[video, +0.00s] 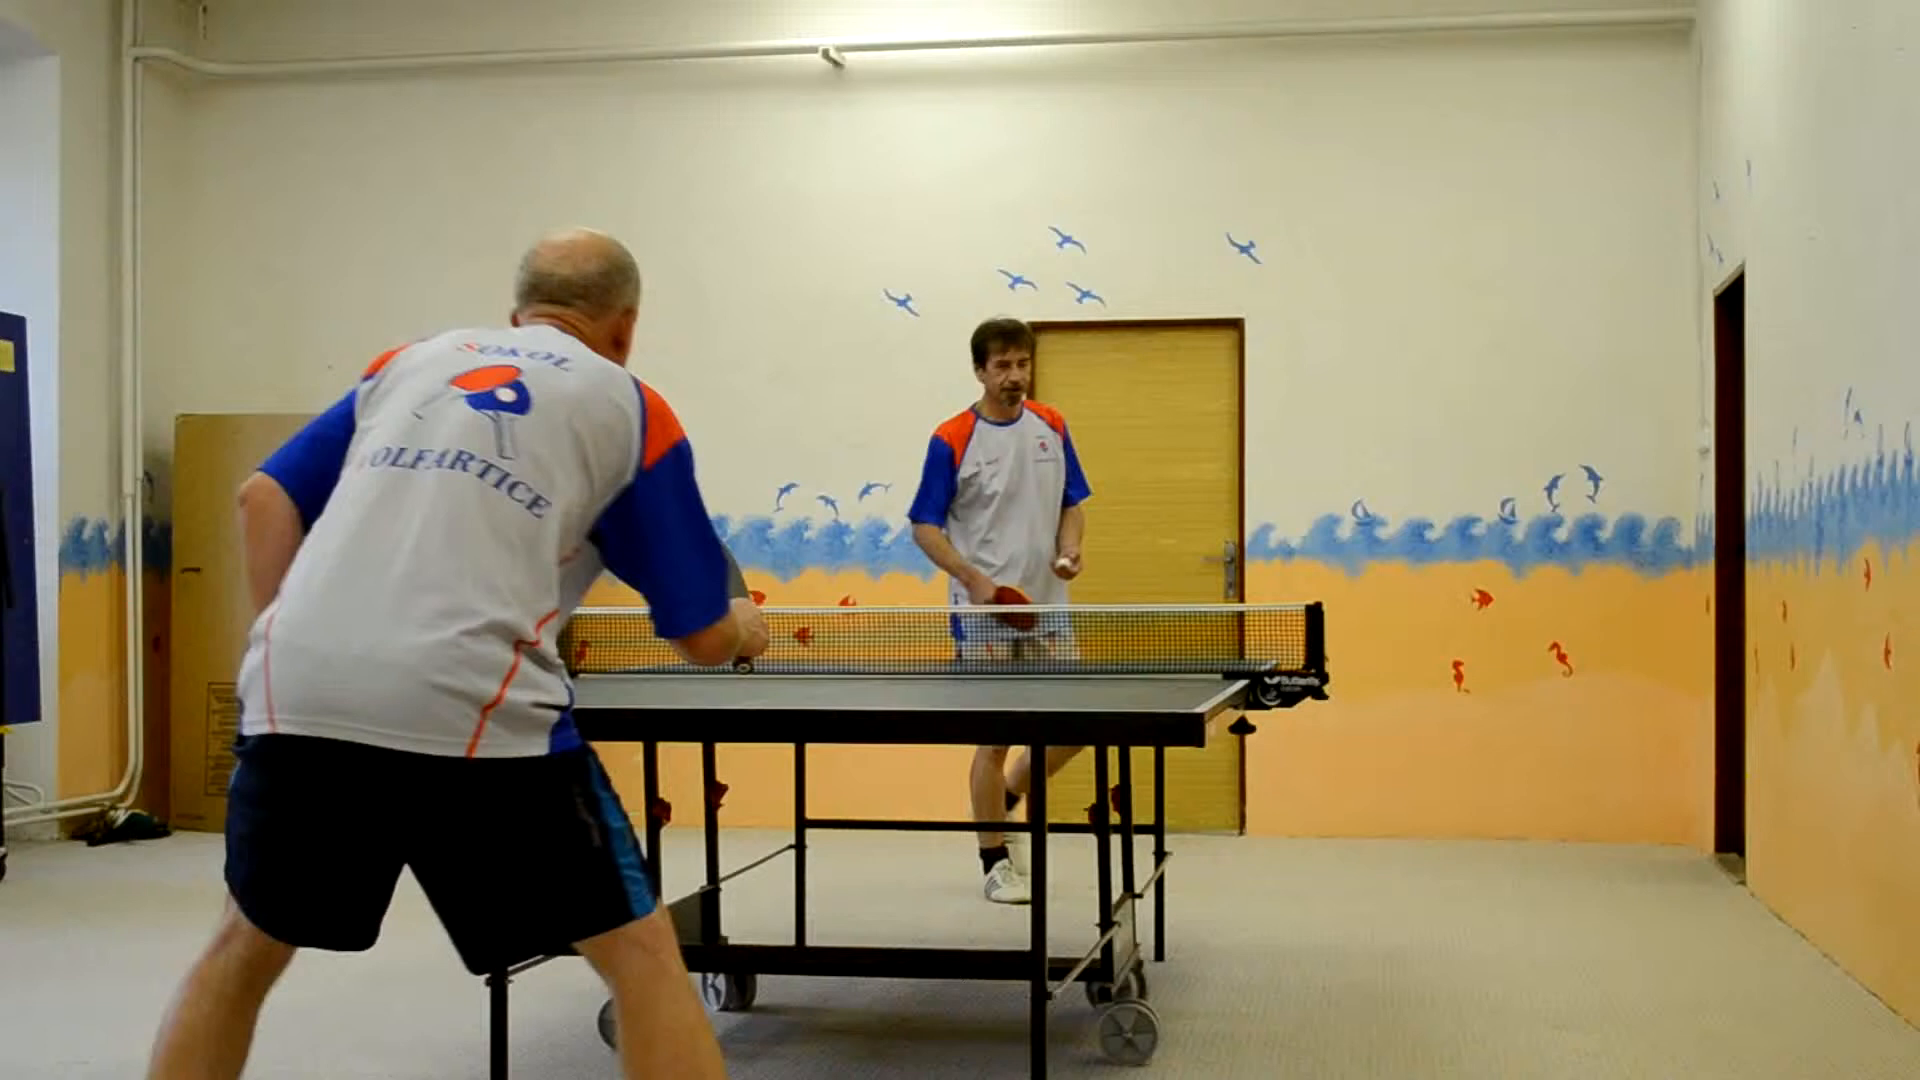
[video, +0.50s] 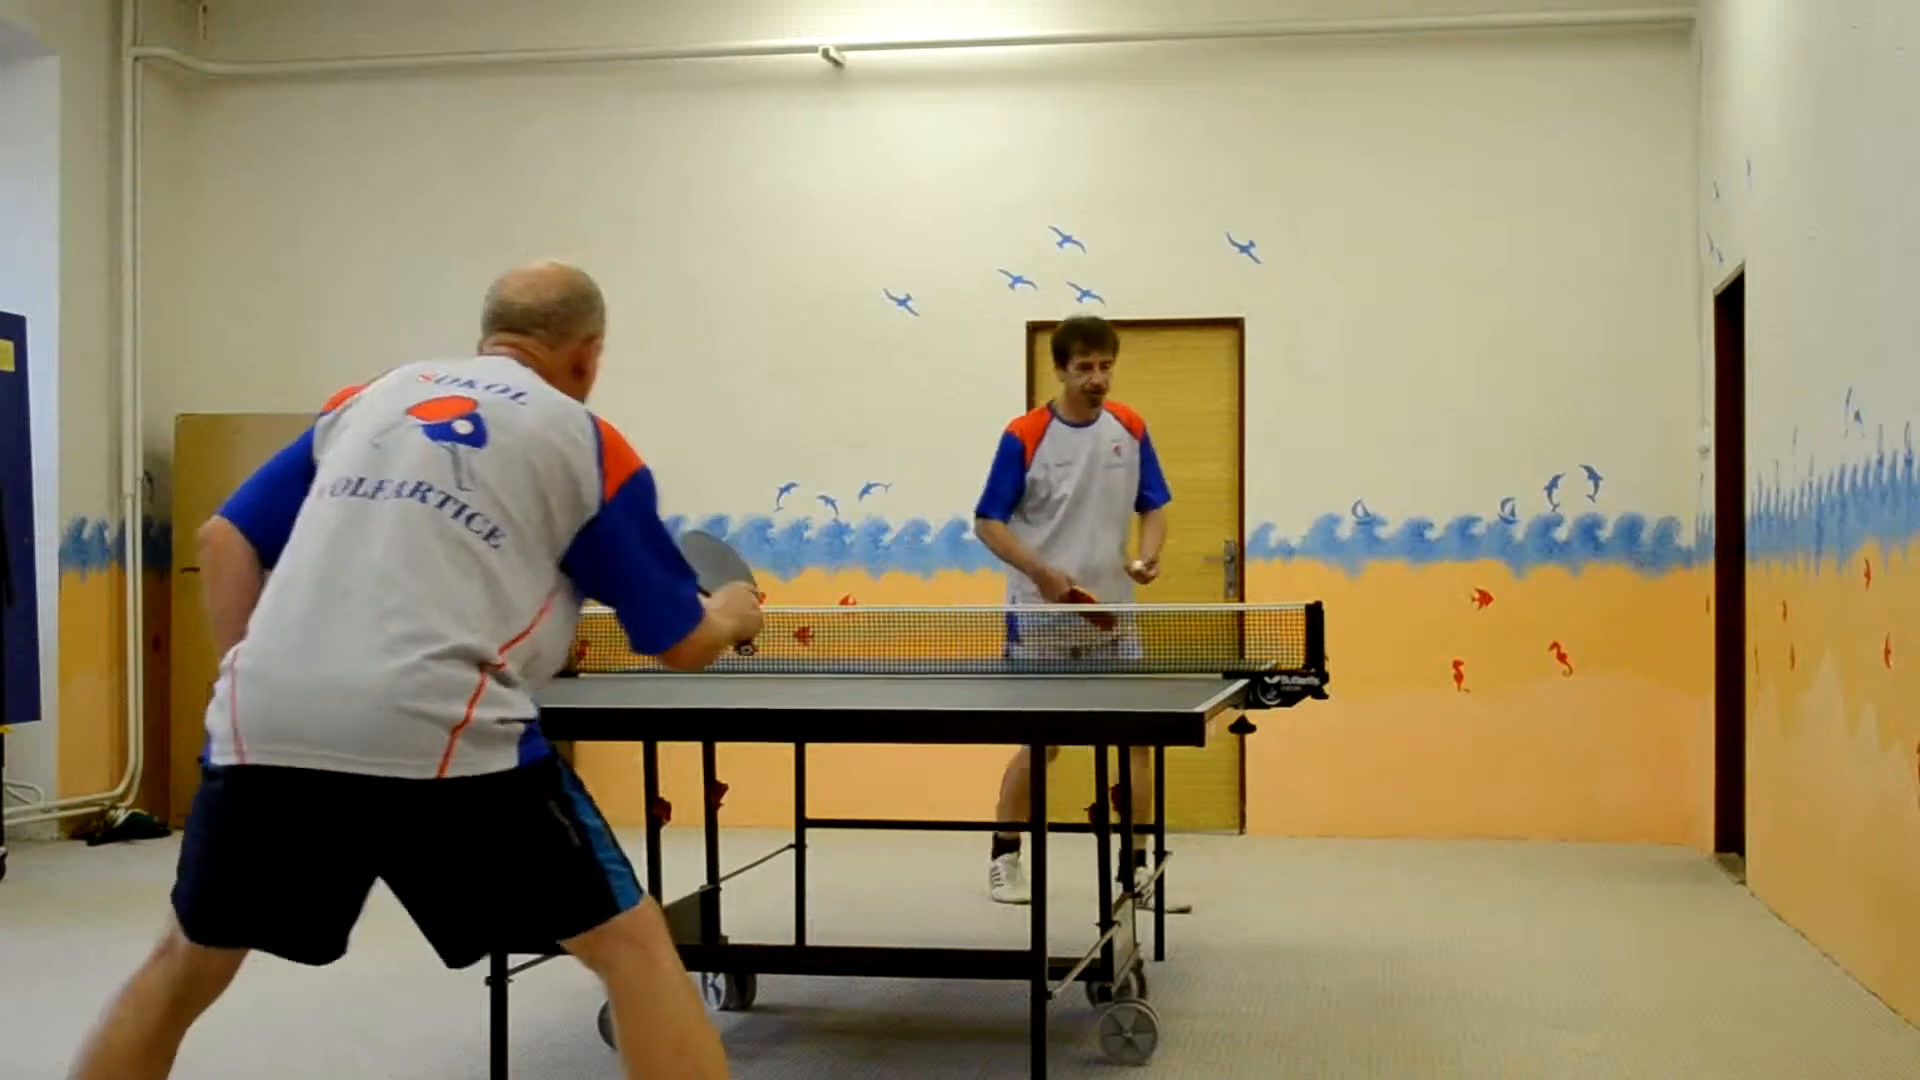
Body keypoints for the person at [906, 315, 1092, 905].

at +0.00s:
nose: (1014, 374)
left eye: (1022, 364)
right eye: (1003, 365)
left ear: (1032, 367)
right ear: (980, 370)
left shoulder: (1050, 425)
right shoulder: (952, 439)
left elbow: (1072, 503)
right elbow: (923, 527)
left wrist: (1069, 546)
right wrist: (972, 576)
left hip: (1045, 609)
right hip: (982, 612)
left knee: (1077, 724)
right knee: (996, 735)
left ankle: (996, 802)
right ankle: (995, 864)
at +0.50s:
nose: (1096, 378)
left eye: (1104, 367)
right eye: (1085, 368)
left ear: (1114, 367)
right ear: (1060, 369)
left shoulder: (1129, 428)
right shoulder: (1024, 435)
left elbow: (1153, 505)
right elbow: (987, 522)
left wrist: (1147, 553)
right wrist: (1041, 573)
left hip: (1112, 616)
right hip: (1041, 616)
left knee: (1138, 737)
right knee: (1038, 741)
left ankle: (1132, 863)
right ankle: (1004, 858)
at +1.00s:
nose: (1166, 410)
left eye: (1176, 397)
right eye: (1154, 398)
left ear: (1187, 393)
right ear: (1130, 394)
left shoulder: (1206, 437)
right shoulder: (1092, 453)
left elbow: (1237, 520)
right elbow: (1043, 540)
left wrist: (1225, 574)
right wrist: (1101, 604)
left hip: (1184, 618)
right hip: (1117, 624)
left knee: (1216, 738)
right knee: (1142, 754)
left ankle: (1150, 856)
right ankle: (1148, 879)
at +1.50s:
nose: (1186, 430)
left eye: (1195, 418)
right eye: (1174, 419)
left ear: (1208, 410)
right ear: (1150, 411)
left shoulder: (1224, 439)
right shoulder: (1118, 465)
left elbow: (1264, 517)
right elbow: (1091, 562)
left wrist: (1240, 552)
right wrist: (1169, 600)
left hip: (1195, 614)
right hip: (1129, 620)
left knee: (1255, 712)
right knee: (1151, 738)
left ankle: (1212, 839)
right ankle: (1147, 880)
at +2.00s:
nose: (1171, 403)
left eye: (1181, 391)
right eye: (1160, 392)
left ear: (1198, 390)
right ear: (1143, 393)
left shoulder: (1229, 442)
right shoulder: (1110, 454)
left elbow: (1294, 501)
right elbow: (1034, 505)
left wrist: (1308, 560)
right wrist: (1048, 541)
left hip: (1207, 619)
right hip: (1135, 618)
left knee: (1214, 753)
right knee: (1144, 747)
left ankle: (1188, 867)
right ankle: (1146, 876)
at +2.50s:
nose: (1117, 379)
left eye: (1127, 367)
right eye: (1105, 370)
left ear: (1145, 371)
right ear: (1091, 377)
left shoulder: (1183, 433)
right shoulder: (1064, 449)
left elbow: (1220, 517)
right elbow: (1025, 533)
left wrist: (1194, 573)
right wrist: (1017, 580)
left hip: (1178, 622)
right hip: (1094, 626)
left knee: (1231, 744)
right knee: (1072, 745)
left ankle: (1214, 844)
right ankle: (1062, 875)